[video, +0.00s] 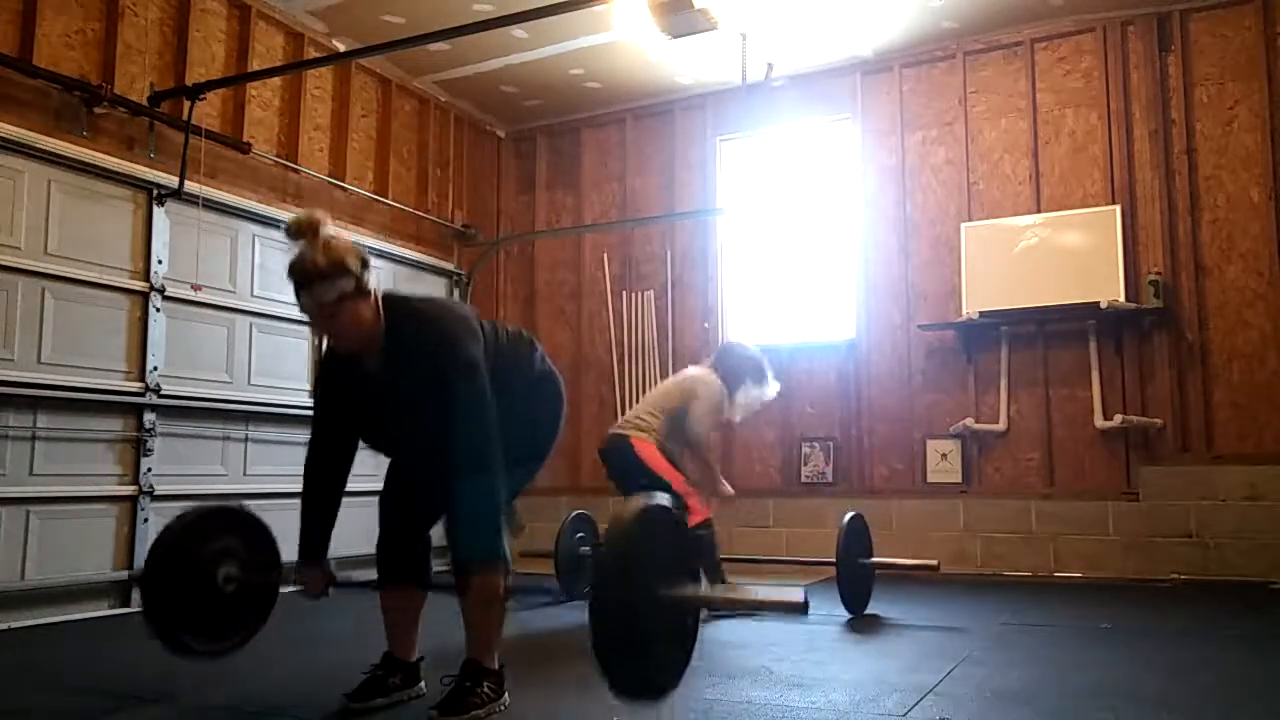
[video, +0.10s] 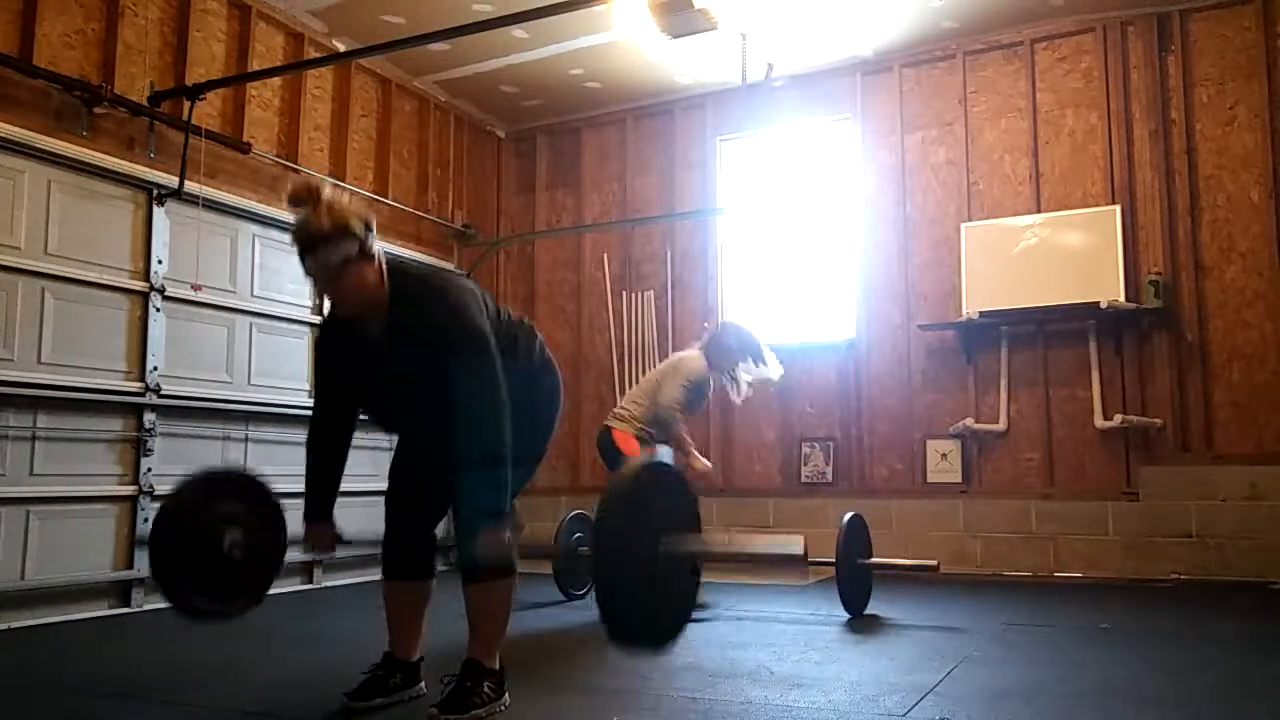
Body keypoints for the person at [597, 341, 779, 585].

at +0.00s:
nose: (755, 407)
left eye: (759, 402)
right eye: (755, 398)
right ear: (739, 381)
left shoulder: (696, 378)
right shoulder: (709, 384)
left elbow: (670, 444)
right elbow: (698, 433)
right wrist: (716, 480)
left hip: (619, 442)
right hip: (634, 442)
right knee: (694, 507)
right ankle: (717, 584)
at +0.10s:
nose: (737, 365)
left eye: (741, 359)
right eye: (738, 357)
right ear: (725, 349)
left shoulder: (700, 369)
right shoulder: (693, 363)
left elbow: (668, 413)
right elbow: (666, 407)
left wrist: (686, 453)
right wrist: (692, 455)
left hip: (641, 437)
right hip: (623, 434)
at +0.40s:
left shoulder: (699, 412)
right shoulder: (657, 415)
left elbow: (706, 466)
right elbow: (654, 468)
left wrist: (714, 518)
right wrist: (674, 511)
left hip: (625, 455)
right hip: (596, 445)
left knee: (651, 524)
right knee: (598, 525)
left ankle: (608, 582)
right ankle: (541, 592)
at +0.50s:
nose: (740, 453)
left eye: (744, 447)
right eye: (740, 445)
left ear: (741, 439)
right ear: (730, 433)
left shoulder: (713, 447)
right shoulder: (681, 434)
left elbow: (726, 506)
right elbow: (674, 503)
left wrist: (746, 561)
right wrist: (694, 558)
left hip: (627, 446)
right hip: (593, 432)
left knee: (633, 518)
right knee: (580, 513)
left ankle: (597, 579)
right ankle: (533, 589)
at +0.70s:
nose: (762, 530)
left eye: (767, 526)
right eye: (763, 523)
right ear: (752, 511)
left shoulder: (737, 510)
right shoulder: (701, 510)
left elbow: (739, 559)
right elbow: (665, 563)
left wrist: (744, 609)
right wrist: (679, 622)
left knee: (657, 496)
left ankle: (621, 486)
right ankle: (616, 489)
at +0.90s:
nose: (775, 579)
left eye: (781, 573)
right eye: (776, 571)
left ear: (779, 566)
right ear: (762, 558)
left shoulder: (743, 558)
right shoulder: (718, 569)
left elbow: (742, 577)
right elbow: (657, 573)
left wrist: (745, 609)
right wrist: (677, 620)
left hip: (641, 594)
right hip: (623, 591)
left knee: (574, 598)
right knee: (555, 603)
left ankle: (543, 583)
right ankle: (523, 583)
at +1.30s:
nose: (763, 538)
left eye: (770, 532)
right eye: (765, 530)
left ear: (760, 521)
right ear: (752, 518)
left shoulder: (734, 527)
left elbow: (737, 565)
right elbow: (663, 567)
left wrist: (744, 609)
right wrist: (679, 620)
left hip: (643, 547)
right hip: (606, 551)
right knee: (539, 594)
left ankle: (559, 562)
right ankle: (504, 568)